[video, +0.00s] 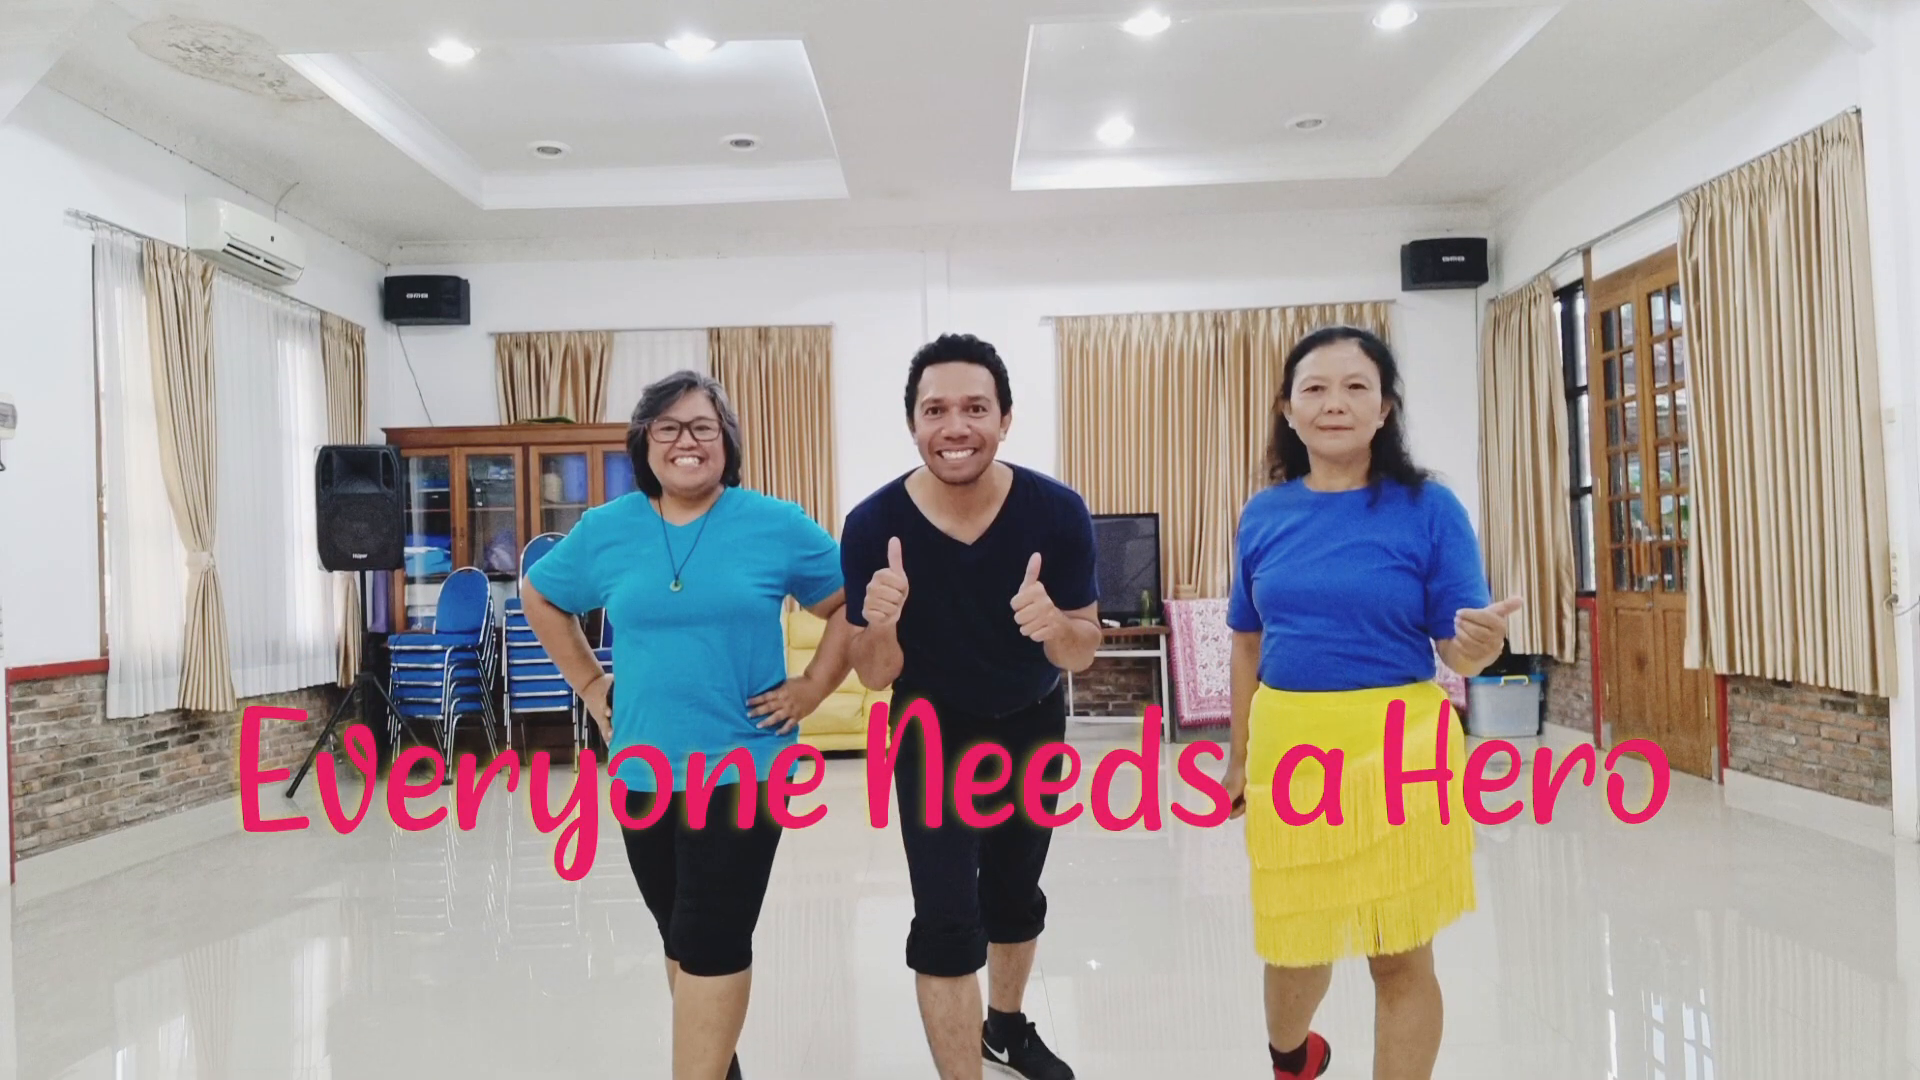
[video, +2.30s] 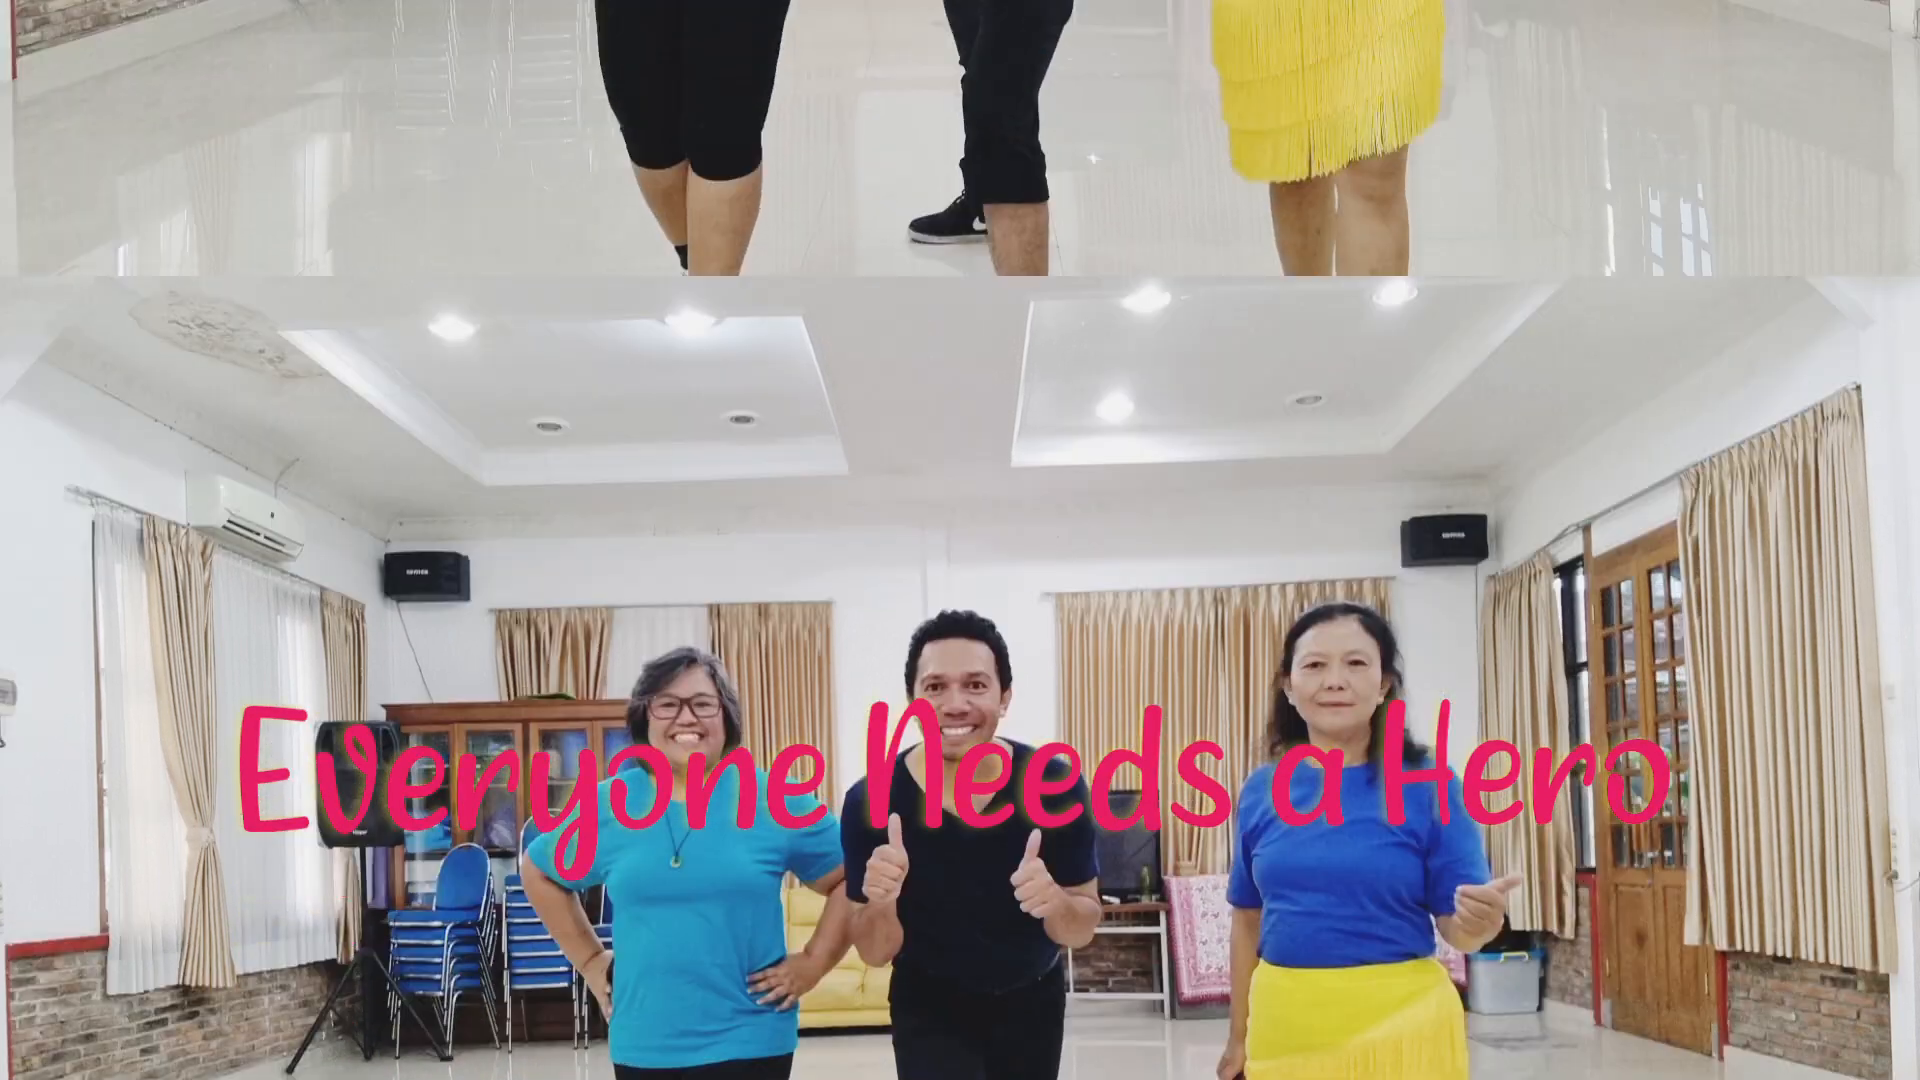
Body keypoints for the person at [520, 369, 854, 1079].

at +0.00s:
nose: (687, 441)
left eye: (703, 428)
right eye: (670, 429)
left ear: (727, 443)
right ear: (644, 446)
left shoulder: (778, 527)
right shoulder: (605, 530)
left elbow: (854, 606)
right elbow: (538, 594)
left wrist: (813, 686)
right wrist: (591, 683)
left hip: (746, 773)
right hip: (643, 776)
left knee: (708, 947)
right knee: (683, 946)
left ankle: (696, 1079)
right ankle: (722, 1071)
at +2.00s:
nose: (687, 445)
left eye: (703, 432)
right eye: (670, 433)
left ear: (727, 447)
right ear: (645, 450)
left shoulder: (779, 532)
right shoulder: (606, 535)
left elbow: (852, 611)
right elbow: (537, 598)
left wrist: (812, 690)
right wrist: (590, 686)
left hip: (746, 777)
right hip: (643, 779)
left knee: (708, 950)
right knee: (683, 948)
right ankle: (721, 1070)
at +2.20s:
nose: (688, 556)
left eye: (703, 543)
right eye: (670, 544)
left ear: (727, 557)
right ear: (645, 561)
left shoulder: (778, 642)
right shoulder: (606, 646)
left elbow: (850, 719)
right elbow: (539, 706)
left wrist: (813, 804)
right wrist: (589, 795)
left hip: (745, 890)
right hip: (642, 895)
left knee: (703, 1061)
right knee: (688, 1062)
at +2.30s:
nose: (687, 716)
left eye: (703, 704)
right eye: (669, 704)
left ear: (727, 716)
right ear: (645, 716)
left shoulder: (769, 801)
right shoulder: (614, 803)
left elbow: (853, 875)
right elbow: (539, 869)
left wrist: (815, 960)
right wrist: (592, 961)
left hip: (748, 1044)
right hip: (644, 1046)